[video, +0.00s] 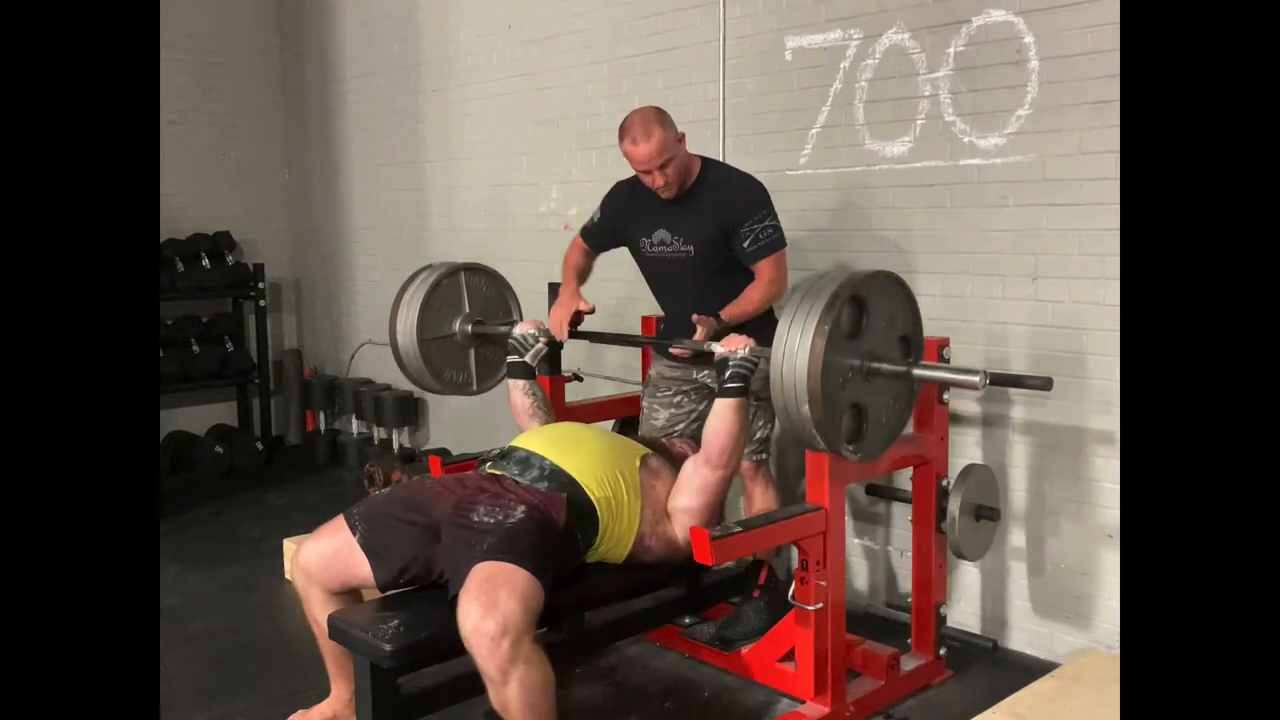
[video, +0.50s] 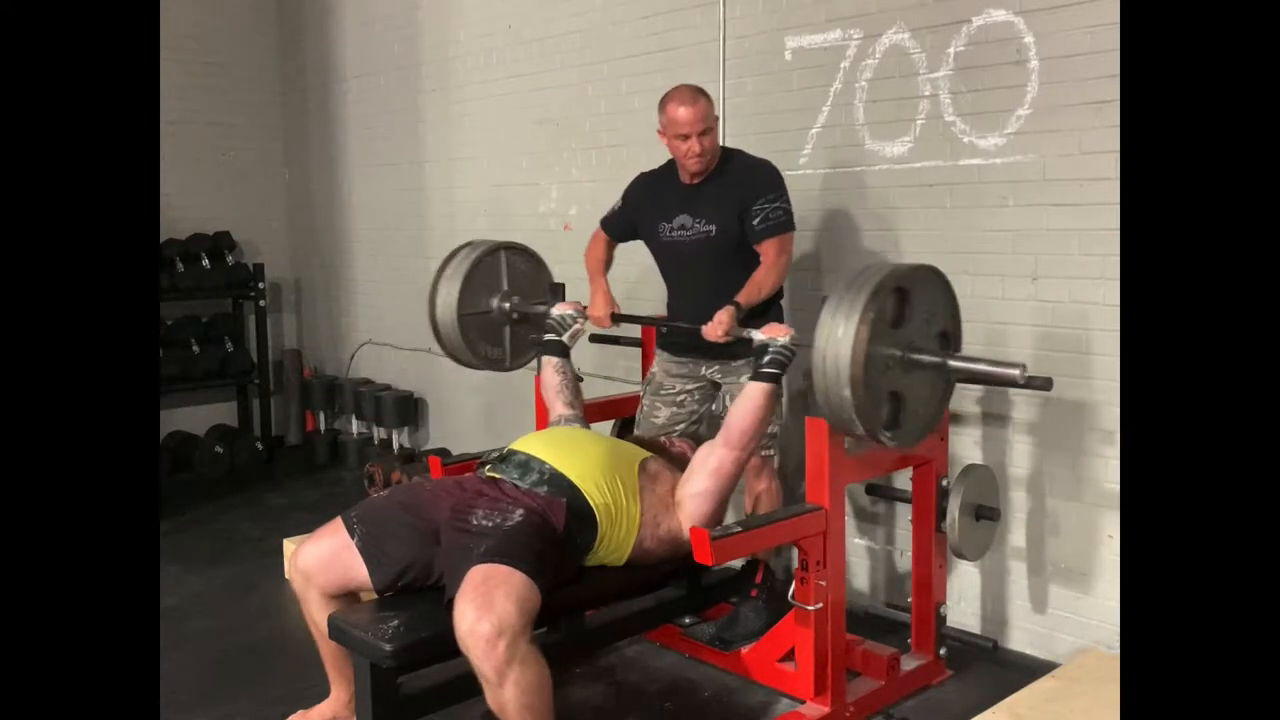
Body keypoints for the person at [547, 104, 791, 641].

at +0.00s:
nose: (656, 181)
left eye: (662, 166)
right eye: (643, 172)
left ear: (682, 140)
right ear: (628, 163)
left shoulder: (738, 192)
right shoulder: (627, 199)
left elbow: (774, 280)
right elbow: (583, 247)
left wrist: (720, 321)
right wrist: (567, 291)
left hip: (746, 347)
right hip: (677, 351)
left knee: (751, 465)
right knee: (666, 460)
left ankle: (770, 593)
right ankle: (700, 583)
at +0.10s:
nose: (659, 180)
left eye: (665, 165)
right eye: (645, 172)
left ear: (683, 139)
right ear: (629, 162)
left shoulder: (738, 192)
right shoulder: (625, 200)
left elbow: (763, 284)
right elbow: (571, 243)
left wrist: (712, 325)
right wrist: (559, 301)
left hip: (745, 346)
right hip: (677, 350)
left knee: (750, 465)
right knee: (663, 459)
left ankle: (769, 592)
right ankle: (699, 584)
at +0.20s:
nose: (667, 174)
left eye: (674, 159)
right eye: (653, 165)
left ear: (689, 140)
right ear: (636, 159)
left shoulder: (739, 194)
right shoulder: (626, 201)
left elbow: (752, 287)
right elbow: (570, 245)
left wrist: (705, 329)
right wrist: (562, 307)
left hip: (746, 346)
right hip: (680, 351)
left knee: (750, 462)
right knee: (658, 455)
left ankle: (769, 593)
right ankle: (696, 582)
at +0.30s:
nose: (680, 162)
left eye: (688, 147)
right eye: (666, 152)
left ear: (702, 133)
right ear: (648, 149)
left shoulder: (744, 188)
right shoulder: (632, 198)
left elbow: (757, 279)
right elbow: (577, 241)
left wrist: (714, 320)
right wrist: (573, 302)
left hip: (747, 348)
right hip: (677, 353)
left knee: (751, 463)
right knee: (655, 456)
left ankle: (766, 589)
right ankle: (690, 577)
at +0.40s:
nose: (689, 151)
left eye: (697, 137)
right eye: (675, 142)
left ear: (711, 127)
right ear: (656, 139)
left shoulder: (749, 181)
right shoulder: (639, 193)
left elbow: (766, 267)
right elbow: (588, 238)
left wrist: (722, 311)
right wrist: (584, 295)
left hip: (748, 347)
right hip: (679, 351)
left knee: (755, 462)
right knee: (659, 448)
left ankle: (764, 585)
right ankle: (696, 561)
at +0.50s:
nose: (694, 146)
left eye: (703, 133)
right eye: (682, 137)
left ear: (717, 124)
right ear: (663, 135)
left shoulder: (756, 178)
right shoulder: (647, 191)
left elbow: (775, 262)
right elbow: (602, 239)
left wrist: (735, 308)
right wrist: (599, 289)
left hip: (751, 349)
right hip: (680, 350)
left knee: (755, 460)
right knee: (660, 445)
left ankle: (767, 586)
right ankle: (704, 558)